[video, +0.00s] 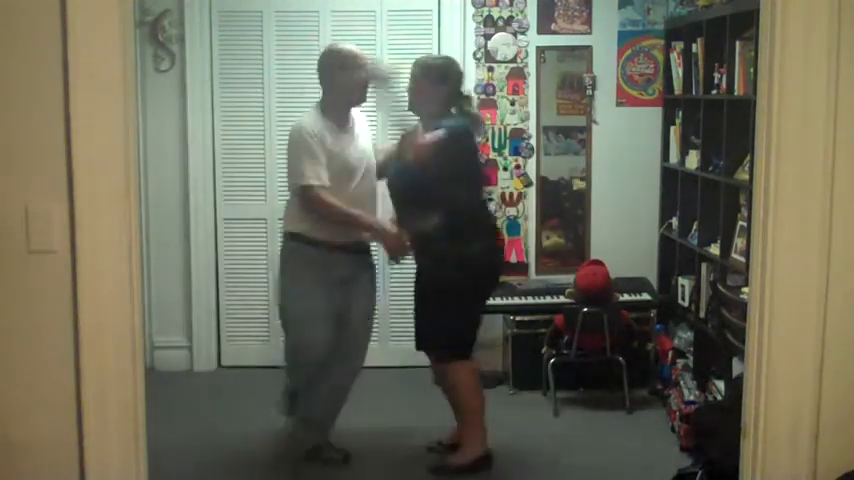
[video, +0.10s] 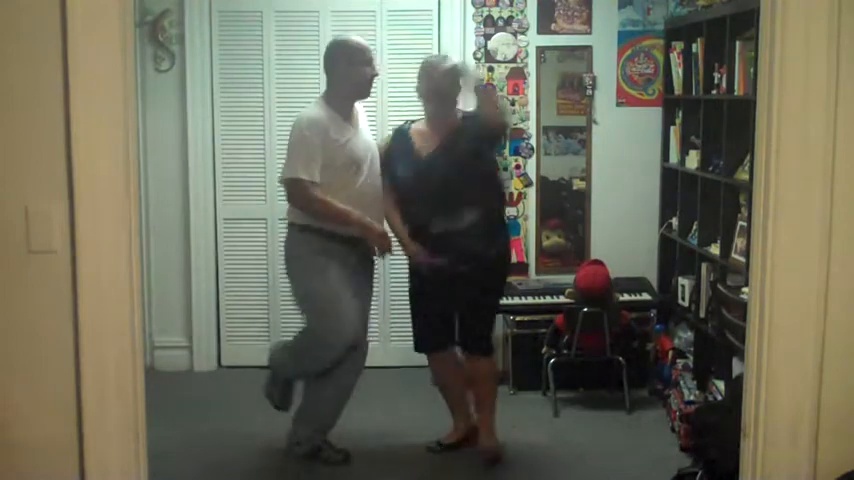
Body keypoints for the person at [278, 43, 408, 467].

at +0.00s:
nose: (368, 83)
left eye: (367, 76)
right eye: (359, 76)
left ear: (358, 81)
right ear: (333, 80)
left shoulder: (360, 127)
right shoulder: (306, 130)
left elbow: (366, 171)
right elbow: (310, 197)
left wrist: (402, 150)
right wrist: (379, 230)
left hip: (355, 256)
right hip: (309, 256)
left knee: (350, 352)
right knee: (312, 346)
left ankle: (316, 436)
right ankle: (300, 415)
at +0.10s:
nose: (374, 72)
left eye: (373, 65)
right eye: (364, 66)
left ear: (364, 73)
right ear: (335, 72)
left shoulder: (358, 122)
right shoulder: (311, 124)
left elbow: (366, 186)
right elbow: (298, 193)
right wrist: (363, 226)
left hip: (355, 249)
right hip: (314, 245)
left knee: (353, 346)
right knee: (338, 330)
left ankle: (307, 437)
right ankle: (283, 363)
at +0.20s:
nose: (382, 70)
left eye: (381, 63)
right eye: (373, 63)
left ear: (364, 70)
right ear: (345, 67)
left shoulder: (361, 122)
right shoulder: (318, 119)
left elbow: (365, 183)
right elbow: (292, 181)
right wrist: (357, 209)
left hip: (352, 242)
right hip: (318, 239)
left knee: (337, 341)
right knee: (371, 318)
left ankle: (307, 439)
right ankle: (289, 376)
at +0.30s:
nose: (388, 71)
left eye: (387, 64)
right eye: (379, 64)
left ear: (365, 69)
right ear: (351, 68)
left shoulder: (358, 117)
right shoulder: (331, 116)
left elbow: (351, 172)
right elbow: (304, 177)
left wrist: (388, 168)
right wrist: (375, 197)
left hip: (346, 240)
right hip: (327, 241)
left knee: (334, 339)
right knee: (389, 323)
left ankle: (309, 435)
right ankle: (326, 425)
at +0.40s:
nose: (396, 75)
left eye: (395, 67)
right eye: (389, 67)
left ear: (365, 72)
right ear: (363, 70)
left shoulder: (359, 118)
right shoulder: (342, 119)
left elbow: (353, 182)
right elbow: (333, 187)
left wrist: (402, 189)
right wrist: (399, 190)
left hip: (340, 247)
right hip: (338, 249)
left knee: (341, 349)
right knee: (386, 354)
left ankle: (307, 441)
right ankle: (372, 466)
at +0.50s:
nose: (407, 84)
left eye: (405, 76)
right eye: (400, 75)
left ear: (369, 79)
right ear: (375, 78)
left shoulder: (348, 122)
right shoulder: (368, 130)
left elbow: (357, 188)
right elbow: (372, 203)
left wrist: (407, 203)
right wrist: (428, 192)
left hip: (332, 254)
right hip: (351, 260)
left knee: (357, 357)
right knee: (381, 365)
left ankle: (312, 435)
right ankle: (367, 468)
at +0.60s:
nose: (418, 89)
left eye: (417, 81)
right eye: (412, 81)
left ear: (376, 83)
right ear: (391, 84)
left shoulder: (346, 127)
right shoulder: (390, 139)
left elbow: (352, 200)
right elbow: (421, 214)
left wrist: (399, 234)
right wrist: (459, 194)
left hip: (329, 260)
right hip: (358, 269)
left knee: (372, 355)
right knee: (389, 367)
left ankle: (329, 424)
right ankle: (366, 467)